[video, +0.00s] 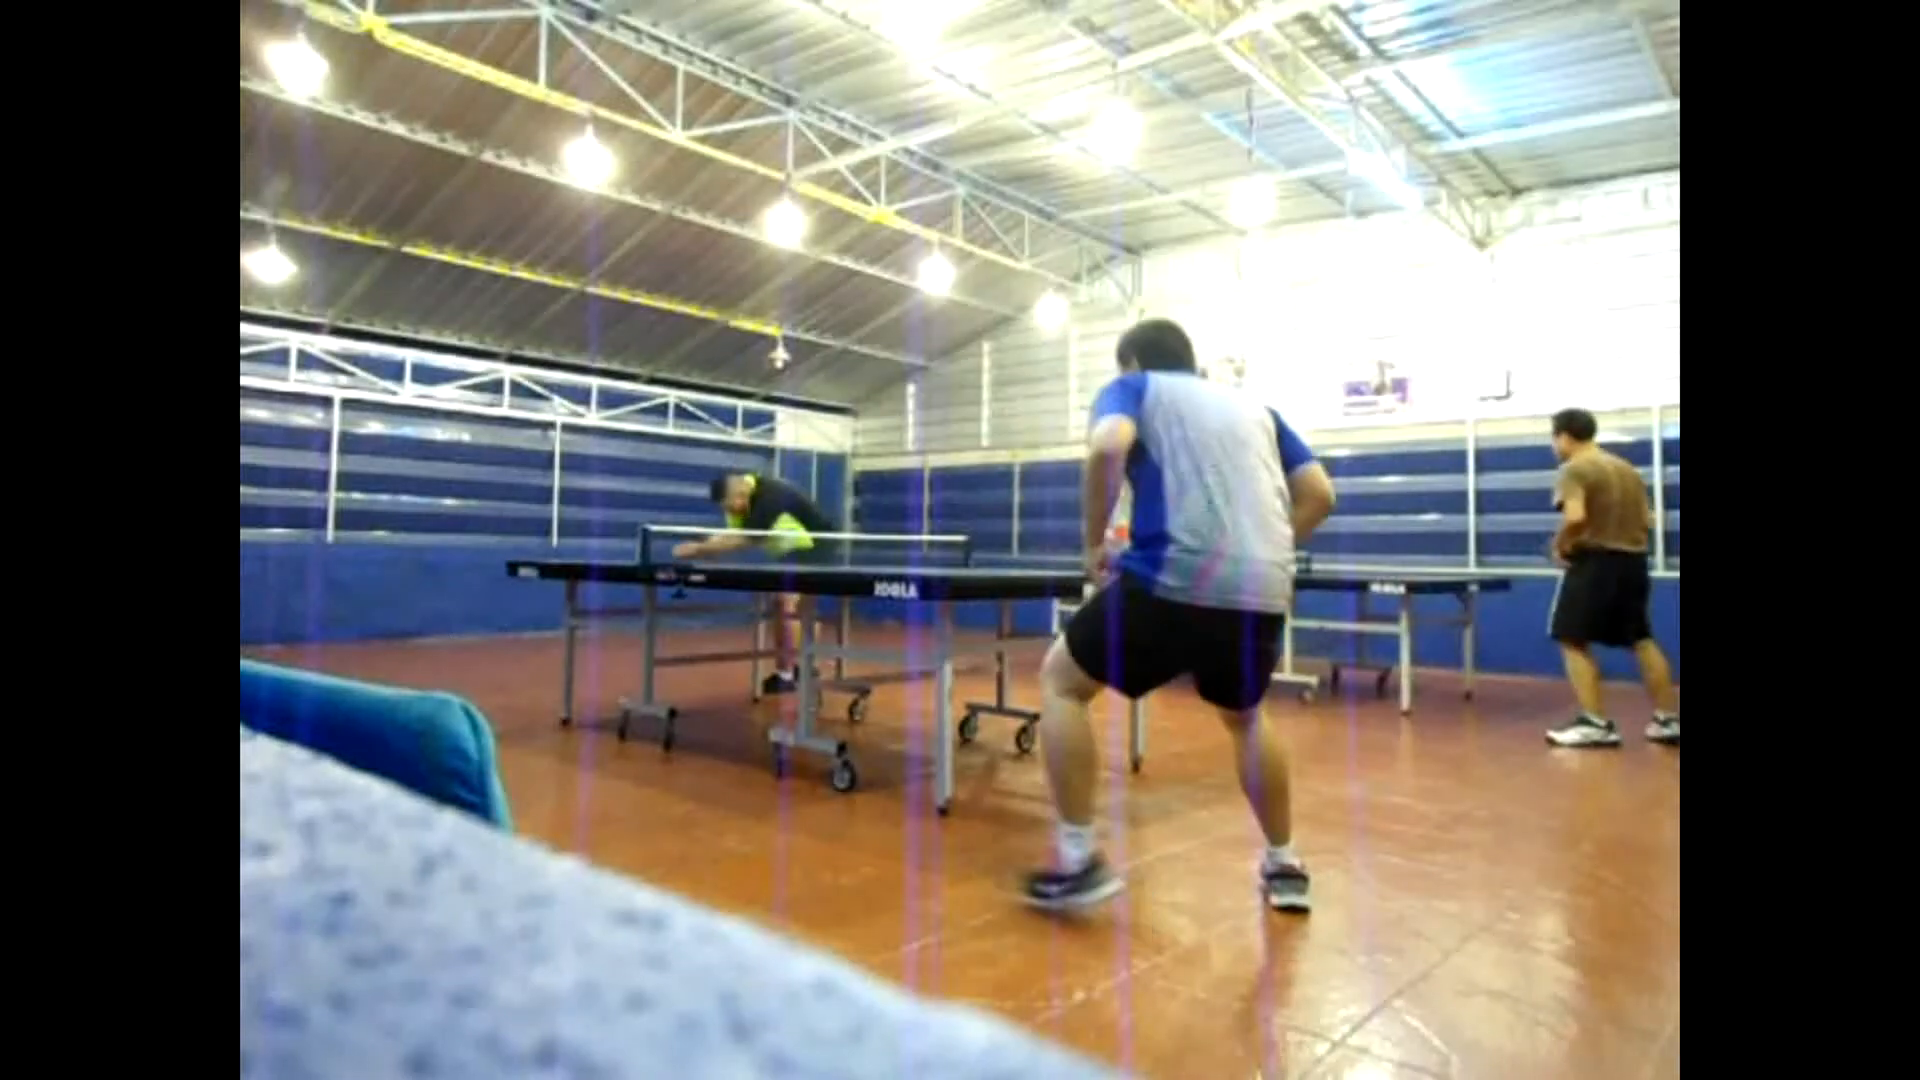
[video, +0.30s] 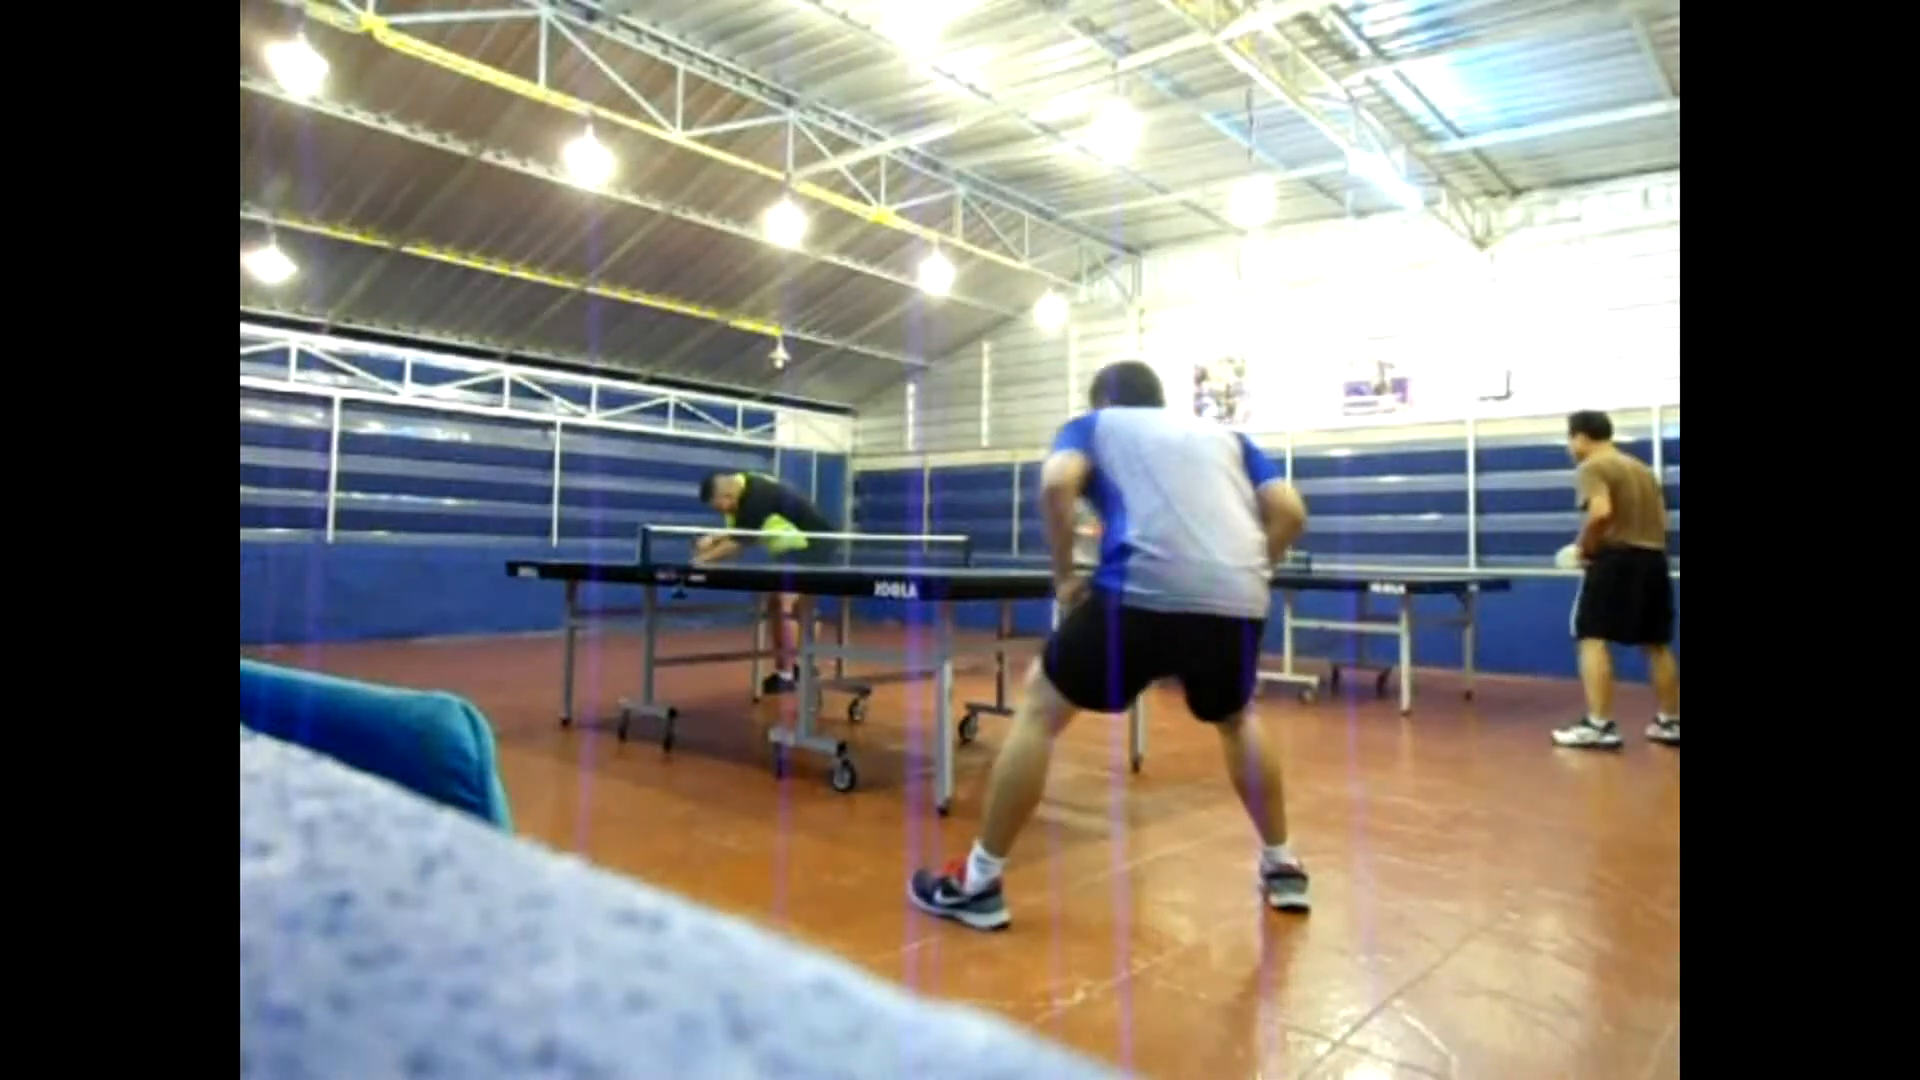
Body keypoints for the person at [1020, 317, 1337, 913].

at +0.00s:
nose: (1119, 379)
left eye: (1121, 371)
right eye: (1120, 373)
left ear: (1134, 365)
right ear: (1193, 365)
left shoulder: (1132, 387)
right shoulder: (1256, 411)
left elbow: (1110, 447)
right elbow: (1317, 494)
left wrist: (1094, 545)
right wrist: (1264, 549)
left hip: (1169, 584)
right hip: (1260, 596)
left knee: (1062, 683)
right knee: (1247, 717)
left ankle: (1077, 859)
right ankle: (1284, 862)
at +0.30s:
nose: (1089, 417)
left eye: (1090, 408)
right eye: (1093, 410)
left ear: (1100, 403)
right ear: (1161, 402)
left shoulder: (1090, 426)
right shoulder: (1226, 437)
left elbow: (1058, 485)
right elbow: (1289, 511)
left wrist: (1065, 575)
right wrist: (1250, 572)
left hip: (1140, 596)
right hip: (1235, 606)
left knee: (1040, 715)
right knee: (1237, 721)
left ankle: (979, 881)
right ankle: (1282, 866)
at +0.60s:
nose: (1059, 412)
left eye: (1060, 405)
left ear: (1068, 401)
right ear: (1129, 399)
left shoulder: (1058, 427)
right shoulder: (1194, 433)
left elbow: (1023, 496)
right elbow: (1249, 518)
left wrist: (1014, 581)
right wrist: (1213, 569)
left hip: (1111, 602)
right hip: (1209, 607)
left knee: (1014, 706)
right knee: (1230, 722)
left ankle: (977, 881)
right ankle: (1282, 865)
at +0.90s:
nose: (1082, 398)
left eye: (1083, 389)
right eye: (1083, 390)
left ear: (1096, 385)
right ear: (1151, 385)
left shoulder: (1083, 416)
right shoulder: (1217, 425)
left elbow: (1055, 494)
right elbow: (1265, 524)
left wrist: (1050, 582)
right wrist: (1207, 549)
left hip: (1133, 593)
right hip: (1230, 598)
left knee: (1036, 715)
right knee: (1240, 719)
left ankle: (978, 881)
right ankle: (1284, 865)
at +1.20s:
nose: (1079, 387)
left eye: (1081, 378)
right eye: (1083, 379)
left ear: (1090, 376)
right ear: (1148, 376)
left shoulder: (1072, 410)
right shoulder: (1207, 420)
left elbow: (1046, 485)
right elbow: (1259, 518)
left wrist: (1059, 577)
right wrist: (1204, 549)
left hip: (1120, 595)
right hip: (1213, 597)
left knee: (1025, 706)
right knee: (1235, 718)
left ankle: (987, 881)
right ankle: (1285, 867)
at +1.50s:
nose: (1044, 336)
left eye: (1045, 327)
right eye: (1048, 328)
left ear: (1053, 327)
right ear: (1114, 329)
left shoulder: (1037, 369)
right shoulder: (1169, 384)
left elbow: (1004, 439)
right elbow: (1207, 481)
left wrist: (1003, 528)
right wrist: (1167, 532)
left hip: (1070, 564)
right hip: (1164, 566)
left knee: (1014, 701)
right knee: (1190, 686)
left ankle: (982, 868)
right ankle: (1238, 822)